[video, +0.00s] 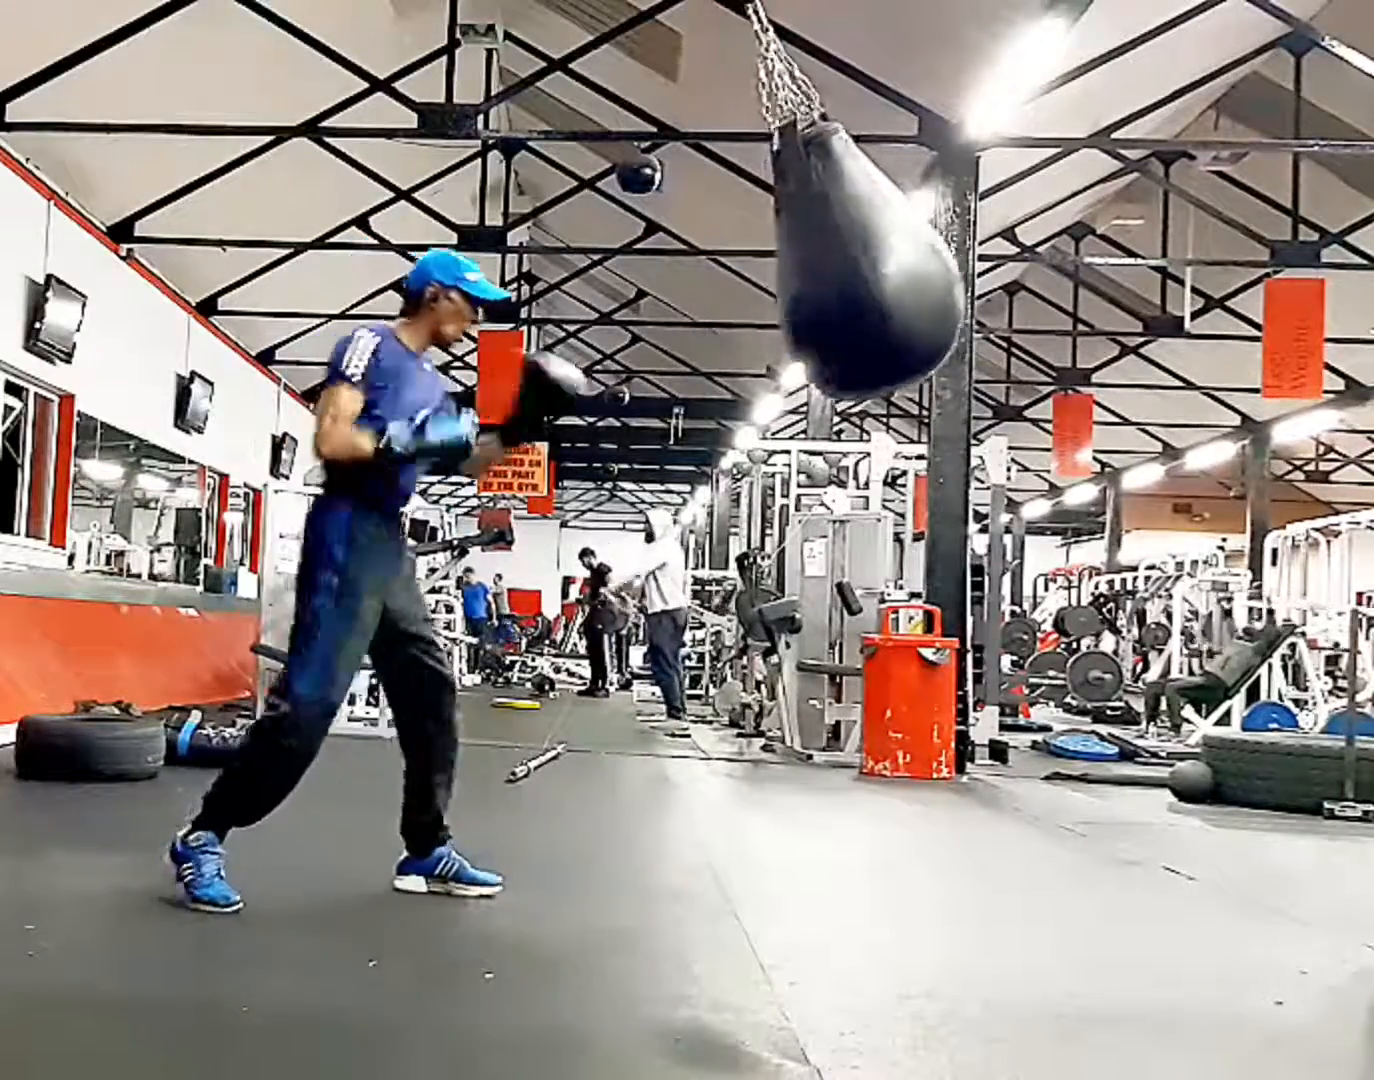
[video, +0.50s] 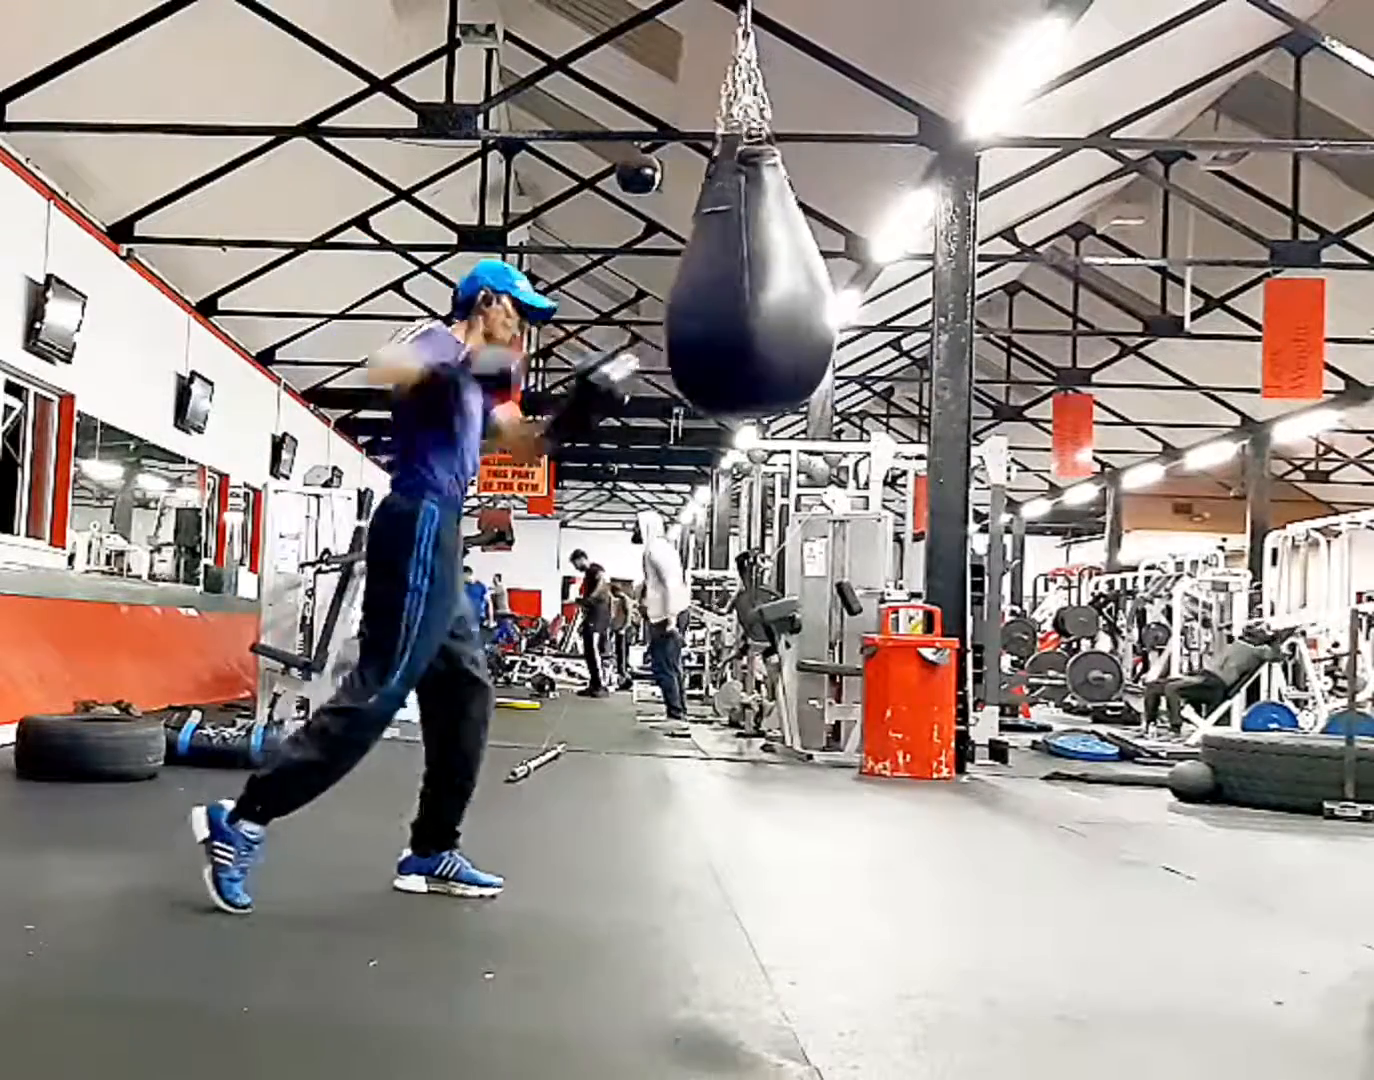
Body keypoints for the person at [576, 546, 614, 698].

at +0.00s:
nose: (585, 564)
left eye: (587, 559)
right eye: (583, 561)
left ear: (593, 557)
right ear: (582, 562)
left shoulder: (603, 571)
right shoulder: (593, 576)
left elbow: (604, 594)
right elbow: (593, 596)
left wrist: (588, 601)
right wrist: (583, 600)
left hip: (602, 614)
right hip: (592, 615)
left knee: (601, 651)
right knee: (593, 651)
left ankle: (603, 685)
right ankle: (593, 683)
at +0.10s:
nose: (583, 564)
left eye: (585, 560)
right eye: (581, 561)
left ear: (591, 557)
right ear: (581, 562)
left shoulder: (602, 570)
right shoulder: (591, 576)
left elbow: (609, 584)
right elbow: (591, 594)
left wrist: (598, 600)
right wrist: (584, 600)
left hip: (601, 614)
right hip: (592, 614)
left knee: (600, 651)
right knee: (592, 651)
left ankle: (603, 685)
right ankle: (594, 683)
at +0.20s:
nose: (580, 564)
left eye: (581, 560)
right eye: (578, 561)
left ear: (588, 557)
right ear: (580, 562)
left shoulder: (600, 570)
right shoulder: (589, 576)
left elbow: (608, 584)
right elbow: (589, 595)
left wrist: (594, 598)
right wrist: (583, 599)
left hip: (600, 616)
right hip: (591, 617)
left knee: (600, 651)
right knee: (591, 652)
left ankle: (603, 685)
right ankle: (594, 683)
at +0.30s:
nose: (578, 565)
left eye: (579, 561)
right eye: (576, 563)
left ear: (586, 557)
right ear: (578, 563)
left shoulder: (598, 569)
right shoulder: (588, 577)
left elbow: (608, 582)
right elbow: (588, 597)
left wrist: (595, 596)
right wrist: (582, 600)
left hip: (600, 616)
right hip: (590, 617)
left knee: (599, 652)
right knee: (591, 652)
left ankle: (602, 685)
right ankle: (594, 684)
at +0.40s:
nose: (577, 566)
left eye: (577, 562)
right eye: (575, 563)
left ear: (584, 558)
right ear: (579, 561)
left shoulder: (597, 571)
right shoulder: (588, 576)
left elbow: (603, 587)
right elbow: (589, 598)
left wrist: (588, 598)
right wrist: (581, 600)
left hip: (599, 617)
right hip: (590, 617)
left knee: (596, 652)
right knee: (590, 652)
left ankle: (600, 686)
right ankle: (594, 684)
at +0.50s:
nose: (576, 567)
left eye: (576, 563)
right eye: (574, 564)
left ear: (583, 558)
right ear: (579, 562)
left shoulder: (597, 572)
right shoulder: (589, 575)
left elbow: (596, 595)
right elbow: (590, 597)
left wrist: (583, 600)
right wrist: (581, 601)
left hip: (597, 617)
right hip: (590, 617)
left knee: (593, 651)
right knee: (589, 651)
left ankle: (598, 685)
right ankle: (594, 684)